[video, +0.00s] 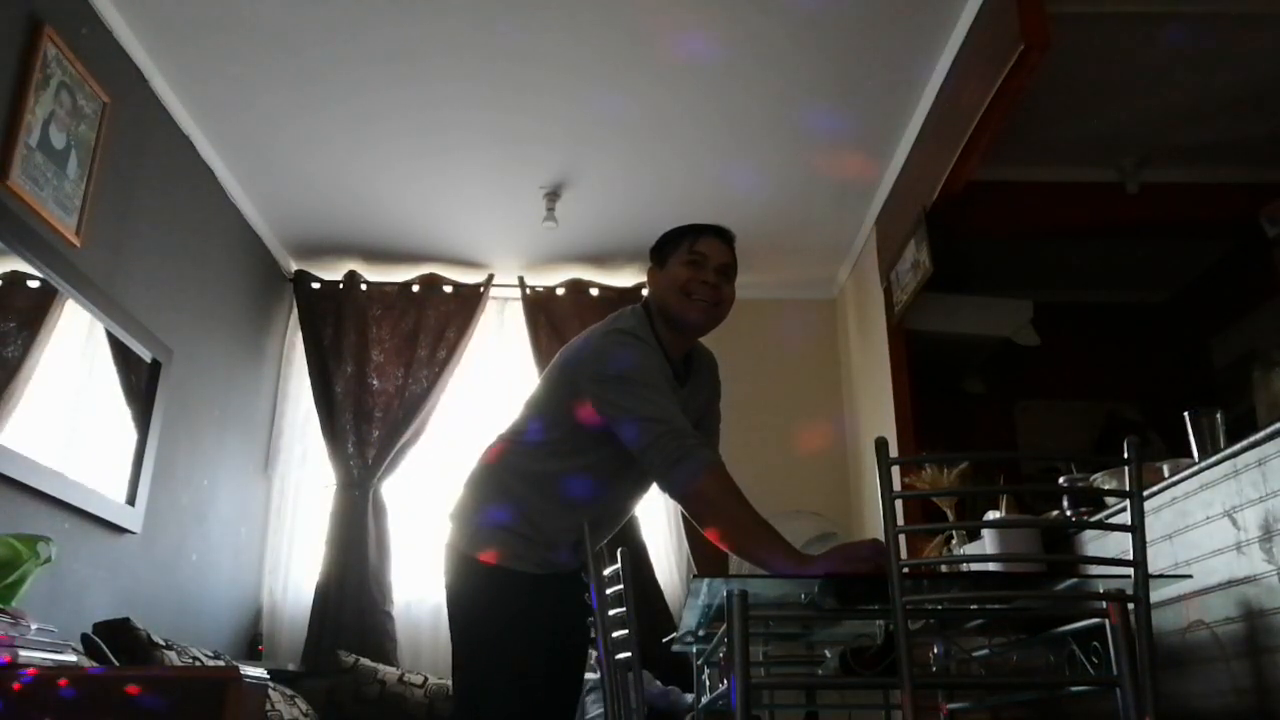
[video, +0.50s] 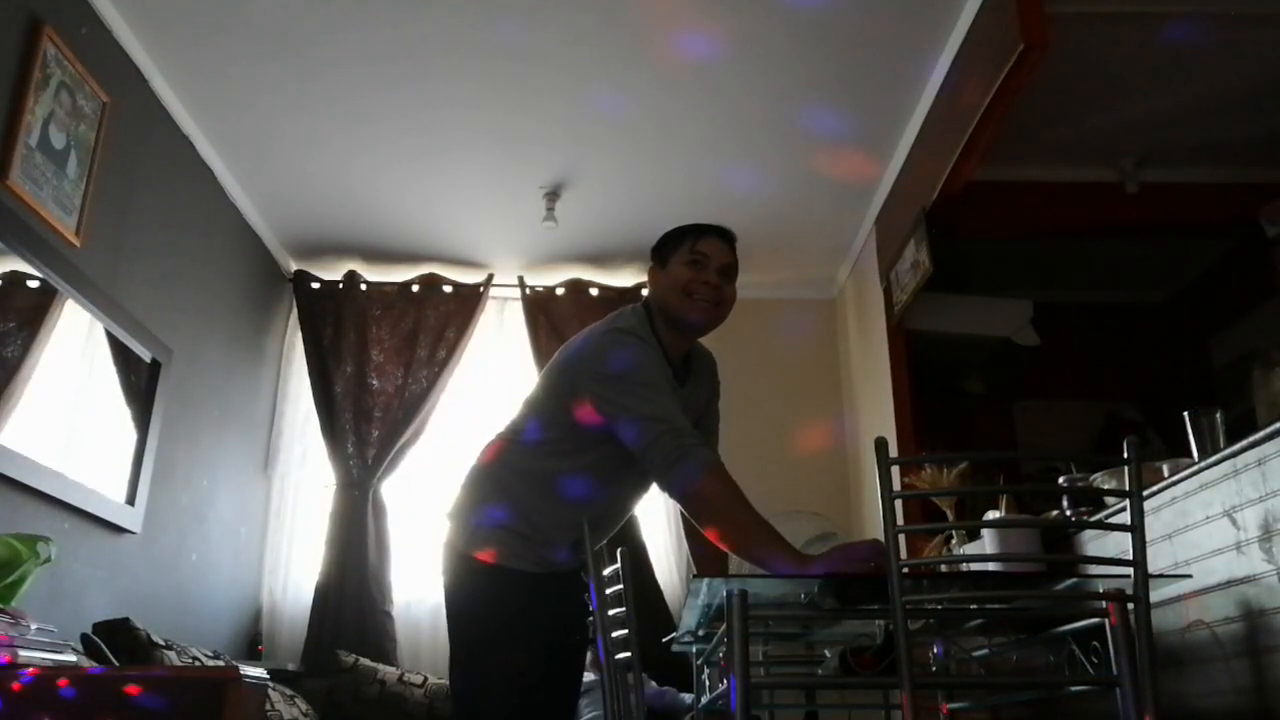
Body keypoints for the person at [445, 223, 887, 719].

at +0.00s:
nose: (710, 282)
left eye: (725, 274)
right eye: (693, 264)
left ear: (733, 295)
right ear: (653, 275)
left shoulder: (698, 369)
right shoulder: (617, 351)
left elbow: (701, 490)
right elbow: (691, 479)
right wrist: (798, 564)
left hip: (567, 556)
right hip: (500, 549)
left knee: (551, 706)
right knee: (497, 708)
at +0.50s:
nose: (712, 282)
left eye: (726, 274)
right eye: (695, 264)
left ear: (733, 296)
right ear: (654, 276)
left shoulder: (697, 368)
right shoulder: (617, 350)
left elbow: (701, 490)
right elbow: (690, 478)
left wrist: (724, 598)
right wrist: (798, 564)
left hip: (565, 555)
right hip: (499, 547)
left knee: (550, 705)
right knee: (498, 708)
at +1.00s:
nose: (715, 281)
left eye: (728, 274)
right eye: (698, 263)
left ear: (734, 296)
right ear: (656, 274)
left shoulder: (695, 369)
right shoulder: (620, 348)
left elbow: (699, 484)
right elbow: (690, 475)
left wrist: (719, 592)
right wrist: (798, 564)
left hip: (560, 555)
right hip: (493, 547)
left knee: (546, 706)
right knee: (489, 708)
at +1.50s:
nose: (711, 279)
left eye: (726, 273)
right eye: (695, 261)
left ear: (731, 297)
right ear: (653, 272)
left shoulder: (693, 370)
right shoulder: (617, 344)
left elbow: (697, 488)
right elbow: (689, 475)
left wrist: (720, 597)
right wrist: (797, 564)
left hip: (553, 553)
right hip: (489, 542)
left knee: (545, 706)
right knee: (486, 707)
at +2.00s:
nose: (703, 280)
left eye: (717, 275)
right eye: (687, 263)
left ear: (722, 300)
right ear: (646, 272)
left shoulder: (679, 378)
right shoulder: (611, 343)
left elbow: (687, 498)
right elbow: (691, 470)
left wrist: (718, 602)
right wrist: (798, 564)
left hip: (536, 555)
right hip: (476, 542)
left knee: (538, 704)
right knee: (488, 706)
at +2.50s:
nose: (698, 271)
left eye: (712, 267)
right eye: (682, 256)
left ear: (717, 294)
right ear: (641, 271)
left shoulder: (675, 375)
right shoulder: (611, 338)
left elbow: (688, 497)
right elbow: (692, 468)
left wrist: (716, 599)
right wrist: (801, 564)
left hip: (523, 550)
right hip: (463, 534)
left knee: (526, 704)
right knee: (470, 706)